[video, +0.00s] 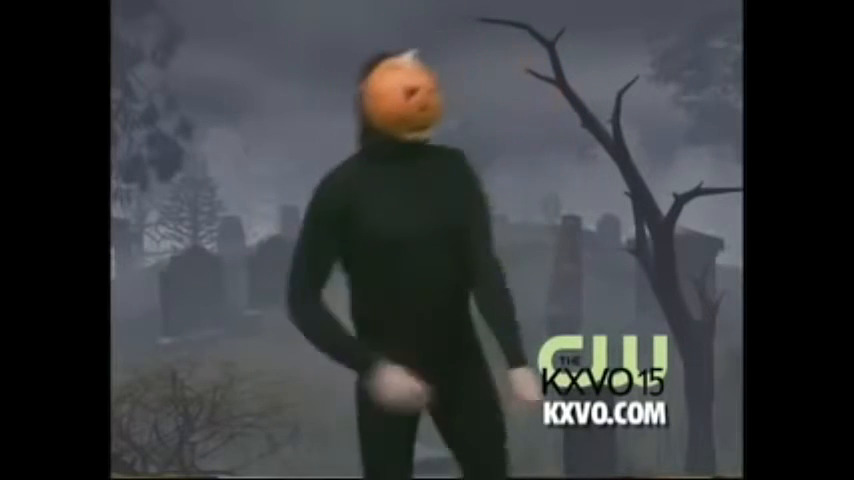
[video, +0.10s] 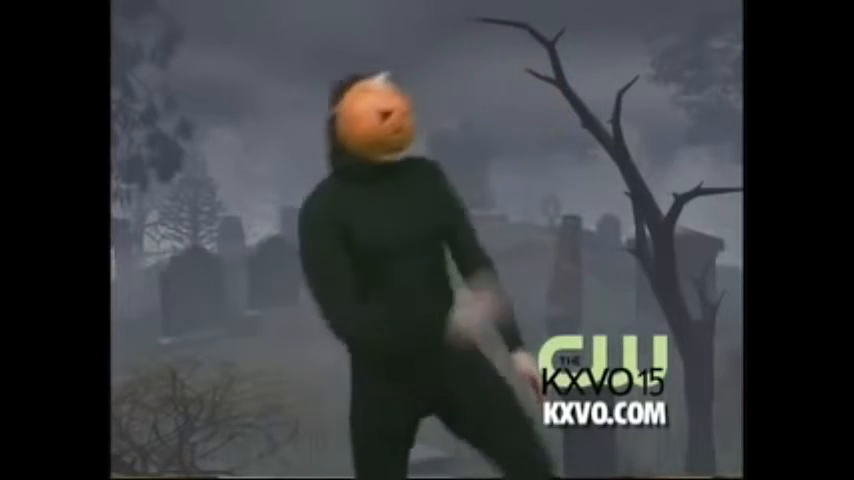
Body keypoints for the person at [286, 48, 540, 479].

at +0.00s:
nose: (419, 93)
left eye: (425, 85)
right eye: (402, 87)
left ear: (438, 98)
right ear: (368, 105)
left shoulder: (453, 170)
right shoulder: (343, 186)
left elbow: (484, 271)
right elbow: (302, 301)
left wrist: (516, 360)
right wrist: (370, 366)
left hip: (458, 359)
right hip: (384, 363)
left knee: (490, 469)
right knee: (387, 473)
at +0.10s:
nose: (397, 117)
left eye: (399, 108)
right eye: (380, 114)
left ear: (410, 114)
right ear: (343, 133)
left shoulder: (426, 178)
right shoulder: (324, 210)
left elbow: (477, 268)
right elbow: (349, 321)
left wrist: (516, 346)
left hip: (453, 363)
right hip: (382, 378)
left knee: (531, 463)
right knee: (379, 471)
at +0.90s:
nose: (414, 79)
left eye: (427, 67)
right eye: (399, 69)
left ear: (448, 75)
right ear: (379, 81)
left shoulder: (483, 133)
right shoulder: (362, 159)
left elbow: (530, 156)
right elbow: (347, 266)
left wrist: (518, 202)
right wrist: (394, 288)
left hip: (476, 336)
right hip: (397, 343)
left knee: (511, 462)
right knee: (391, 468)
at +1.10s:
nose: (471, 110)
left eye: (483, 99)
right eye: (457, 100)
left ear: (502, 110)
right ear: (437, 110)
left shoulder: (525, 183)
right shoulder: (410, 184)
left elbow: (569, 283)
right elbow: (378, 278)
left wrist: (507, 314)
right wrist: (356, 367)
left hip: (504, 375)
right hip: (425, 372)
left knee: (517, 471)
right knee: (392, 471)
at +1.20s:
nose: (487, 120)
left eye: (500, 110)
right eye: (473, 111)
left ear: (516, 125)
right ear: (452, 125)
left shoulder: (535, 203)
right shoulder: (430, 197)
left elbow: (547, 310)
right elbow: (397, 265)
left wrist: (462, 283)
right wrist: (360, 331)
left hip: (508, 379)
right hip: (434, 371)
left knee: (527, 471)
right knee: (359, 468)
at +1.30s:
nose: (487, 101)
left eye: (499, 92)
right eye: (474, 91)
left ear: (518, 111)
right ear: (453, 109)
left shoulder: (533, 187)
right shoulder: (435, 178)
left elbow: (517, 288)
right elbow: (417, 243)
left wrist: (446, 221)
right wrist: (380, 284)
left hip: (508, 361)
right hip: (436, 349)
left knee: (519, 471)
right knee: (343, 439)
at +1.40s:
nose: (488, 69)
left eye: (502, 60)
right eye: (475, 59)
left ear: (520, 78)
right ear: (455, 76)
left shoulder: (535, 153)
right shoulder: (435, 144)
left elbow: (513, 253)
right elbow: (419, 217)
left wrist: (436, 203)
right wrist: (388, 267)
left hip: (502, 336)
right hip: (431, 329)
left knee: (514, 471)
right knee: (354, 452)